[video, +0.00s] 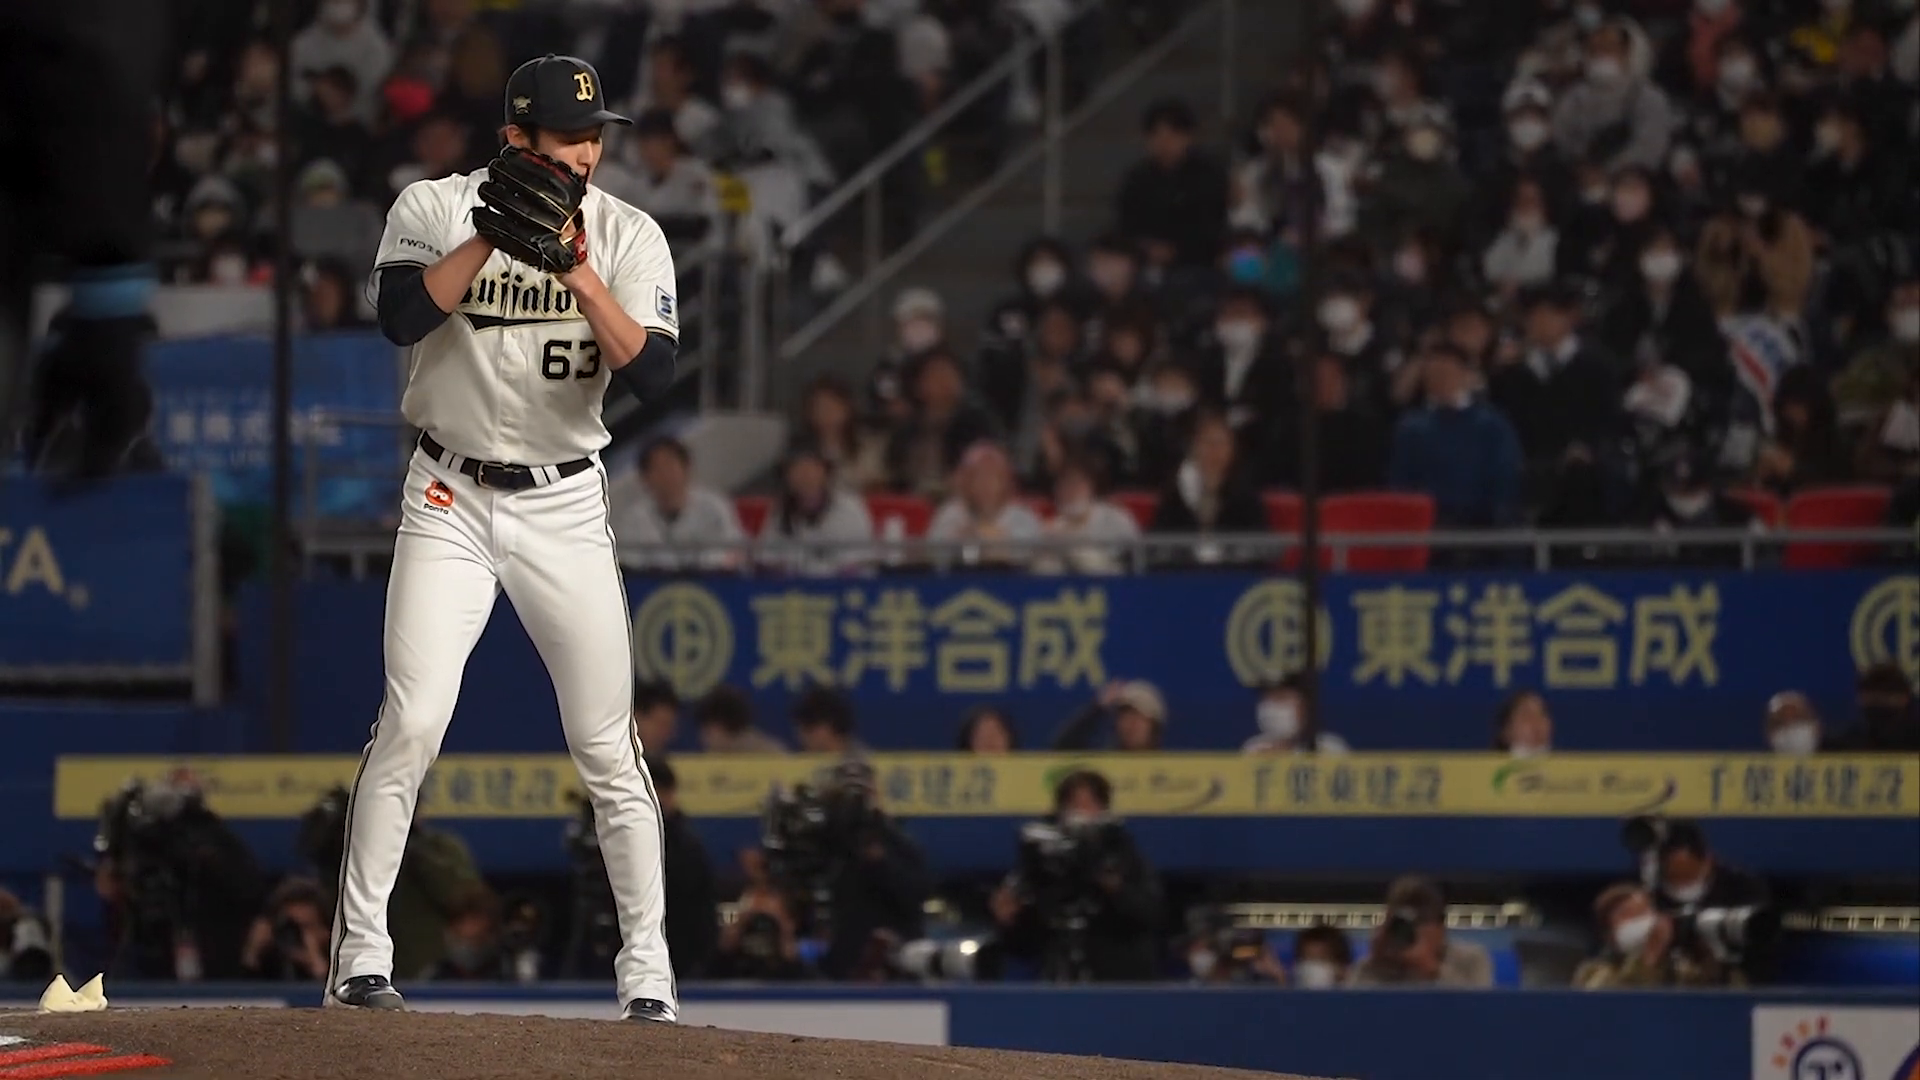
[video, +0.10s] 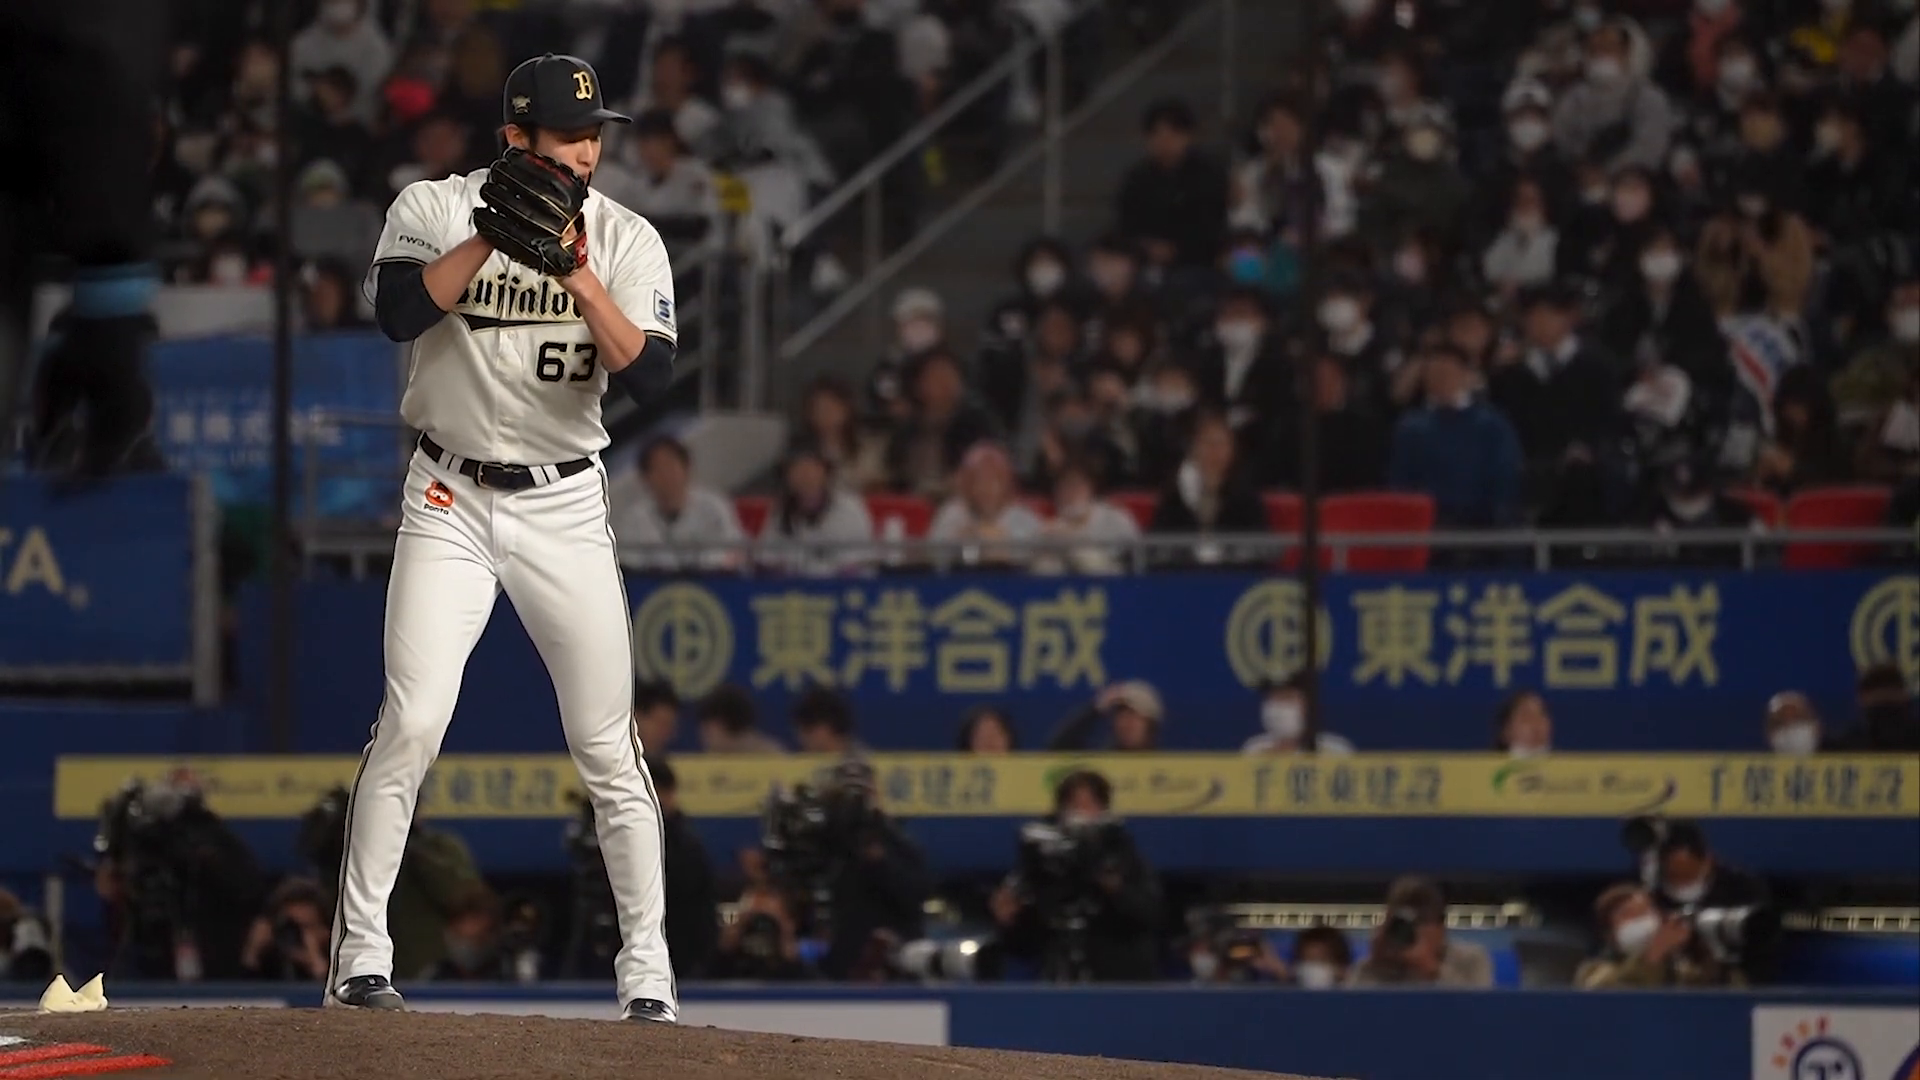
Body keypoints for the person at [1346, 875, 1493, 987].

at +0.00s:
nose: (1406, 933)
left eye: (1416, 924)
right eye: (1398, 924)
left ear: (1439, 930)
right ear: (1387, 925)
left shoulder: (1471, 962)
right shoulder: (1368, 969)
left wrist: (1429, 968)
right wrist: (1376, 966)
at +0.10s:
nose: (1407, 933)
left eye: (1417, 924)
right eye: (1399, 924)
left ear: (1439, 929)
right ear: (1388, 924)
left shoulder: (1471, 961)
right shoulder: (1367, 969)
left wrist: (1428, 967)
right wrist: (1376, 965)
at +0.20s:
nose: (1408, 934)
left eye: (1418, 925)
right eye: (1400, 925)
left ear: (1439, 930)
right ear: (1389, 927)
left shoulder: (1471, 962)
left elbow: (1476, 1015)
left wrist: (1429, 970)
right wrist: (1375, 967)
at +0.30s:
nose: (1407, 935)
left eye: (1418, 926)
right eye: (1399, 926)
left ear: (1438, 931)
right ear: (1388, 928)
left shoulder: (1471, 964)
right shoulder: (1371, 967)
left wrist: (1429, 971)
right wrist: (1375, 967)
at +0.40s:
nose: (1407, 935)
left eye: (1417, 926)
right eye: (1399, 926)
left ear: (1439, 930)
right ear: (1388, 927)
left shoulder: (1472, 963)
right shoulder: (1370, 968)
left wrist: (1429, 971)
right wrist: (1376, 966)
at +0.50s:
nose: (1407, 935)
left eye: (1417, 926)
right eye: (1399, 926)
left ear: (1438, 931)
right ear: (1388, 927)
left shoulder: (1472, 964)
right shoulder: (1368, 970)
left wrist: (1429, 971)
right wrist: (1376, 967)